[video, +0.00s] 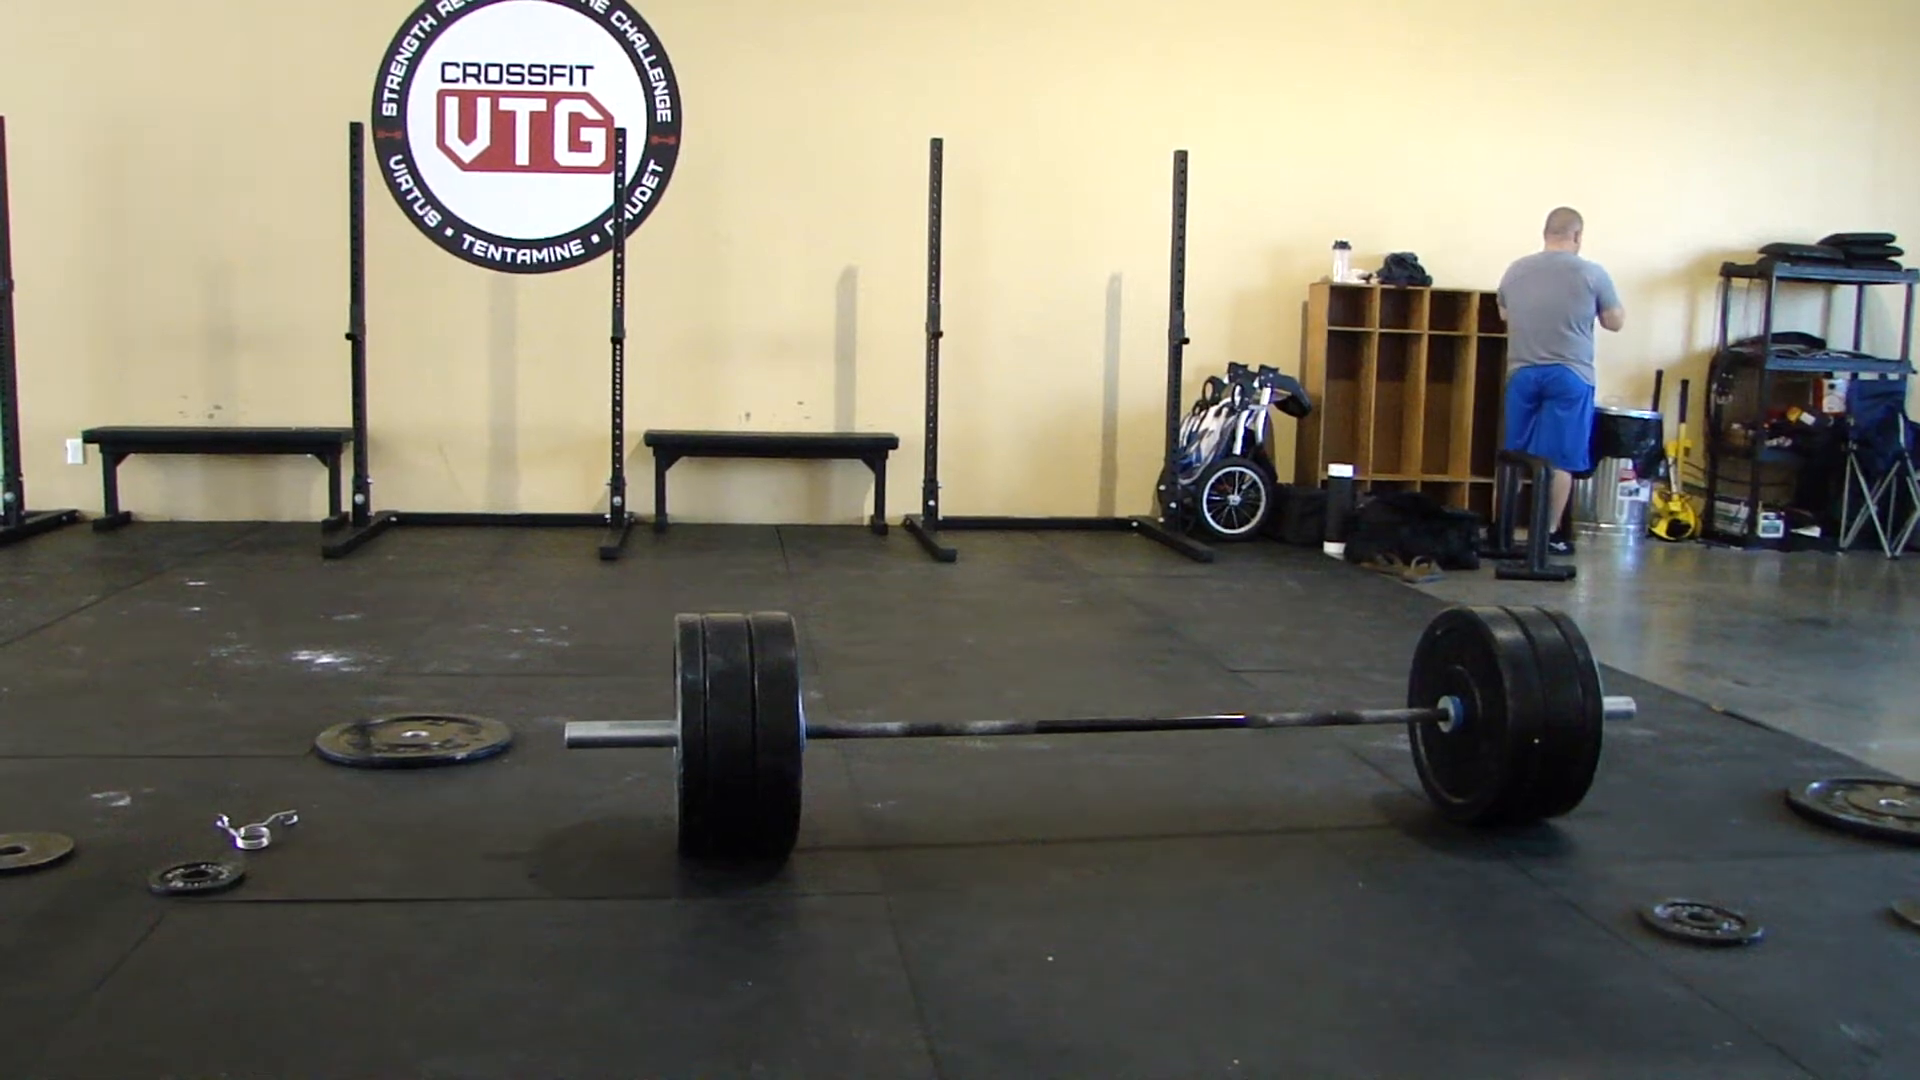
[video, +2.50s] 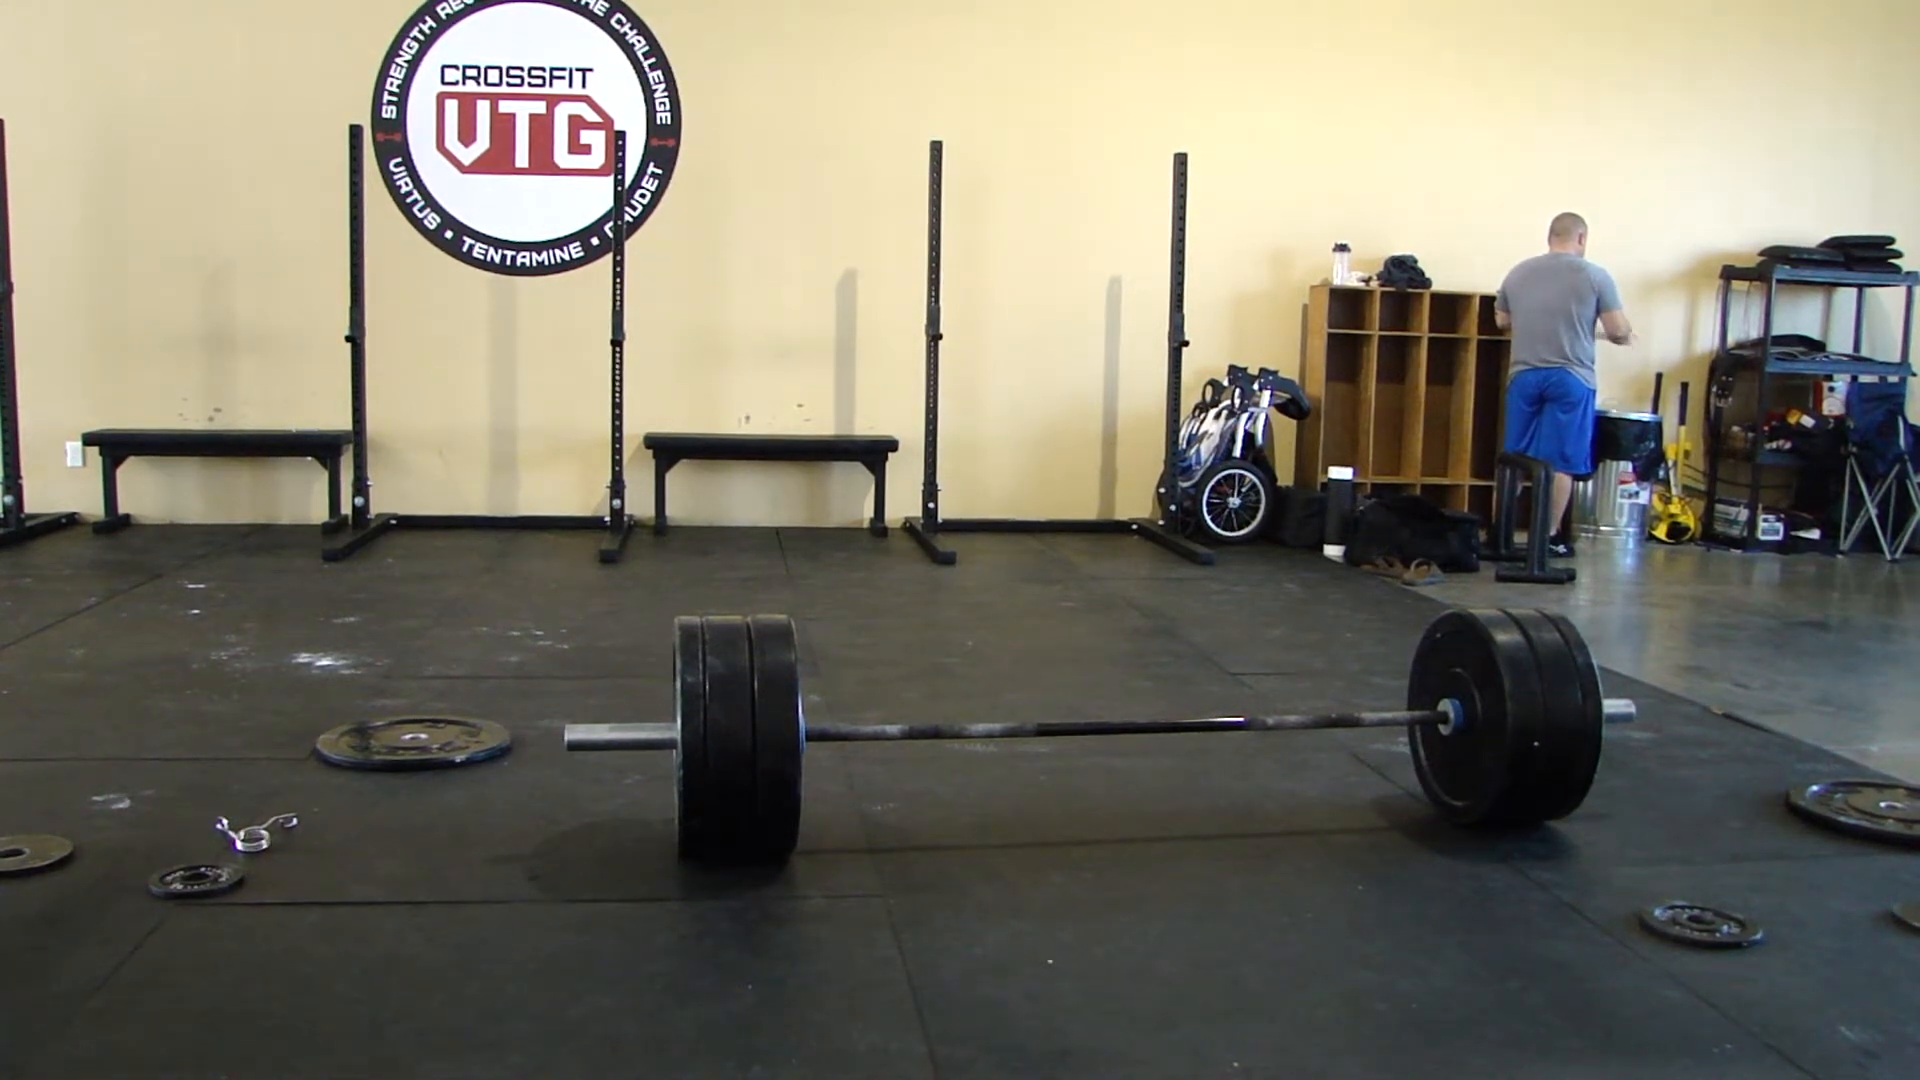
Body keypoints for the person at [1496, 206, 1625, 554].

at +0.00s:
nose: (1579, 242)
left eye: (1578, 237)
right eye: (1580, 237)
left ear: (1545, 234)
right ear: (1576, 235)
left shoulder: (1516, 269)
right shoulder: (1590, 272)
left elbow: (1505, 314)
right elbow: (1614, 321)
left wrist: (1537, 306)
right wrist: (1587, 298)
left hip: (1522, 373)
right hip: (1570, 374)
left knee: (1513, 456)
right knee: (1560, 461)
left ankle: (1502, 532)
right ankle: (1549, 534)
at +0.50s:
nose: (1583, 243)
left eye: (1581, 237)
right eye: (1584, 237)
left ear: (1548, 234)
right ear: (1579, 236)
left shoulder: (1520, 269)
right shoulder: (1593, 273)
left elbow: (1512, 309)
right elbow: (1615, 323)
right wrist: (1590, 299)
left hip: (1525, 374)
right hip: (1572, 375)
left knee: (1515, 456)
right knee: (1562, 462)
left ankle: (1502, 531)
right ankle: (1549, 536)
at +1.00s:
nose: (1587, 245)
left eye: (1586, 239)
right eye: (1587, 239)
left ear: (1551, 236)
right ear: (1580, 237)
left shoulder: (1521, 271)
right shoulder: (1592, 274)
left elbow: (1502, 319)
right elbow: (1615, 329)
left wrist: (1536, 309)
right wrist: (1634, 320)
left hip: (1526, 375)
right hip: (1572, 377)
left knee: (1516, 457)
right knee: (1562, 463)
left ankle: (1503, 533)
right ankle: (1549, 536)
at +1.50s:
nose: (1585, 244)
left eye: (1583, 239)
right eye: (1585, 239)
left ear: (1549, 237)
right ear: (1579, 237)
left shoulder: (1519, 272)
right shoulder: (1593, 275)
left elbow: (1502, 321)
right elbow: (1617, 330)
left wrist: (1535, 312)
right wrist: (1637, 331)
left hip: (1525, 376)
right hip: (1572, 378)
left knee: (1514, 459)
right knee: (1562, 463)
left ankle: (1502, 534)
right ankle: (1549, 537)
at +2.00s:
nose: (1585, 245)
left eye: (1583, 240)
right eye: (1585, 239)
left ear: (1548, 237)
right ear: (1580, 238)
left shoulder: (1518, 272)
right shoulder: (1594, 275)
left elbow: (1502, 320)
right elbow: (1617, 329)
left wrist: (1537, 312)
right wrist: (1629, 333)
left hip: (1524, 376)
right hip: (1572, 378)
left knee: (1513, 458)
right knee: (1562, 464)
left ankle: (1501, 534)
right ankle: (1548, 538)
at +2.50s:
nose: (1584, 247)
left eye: (1583, 242)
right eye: (1586, 241)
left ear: (1549, 238)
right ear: (1581, 239)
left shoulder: (1519, 272)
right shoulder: (1594, 275)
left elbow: (1502, 319)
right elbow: (1616, 330)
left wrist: (1536, 317)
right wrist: (1624, 335)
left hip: (1523, 376)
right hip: (1571, 378)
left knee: (1512, 458)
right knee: (1561, 464)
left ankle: (1500, 534)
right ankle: (1548, 538)